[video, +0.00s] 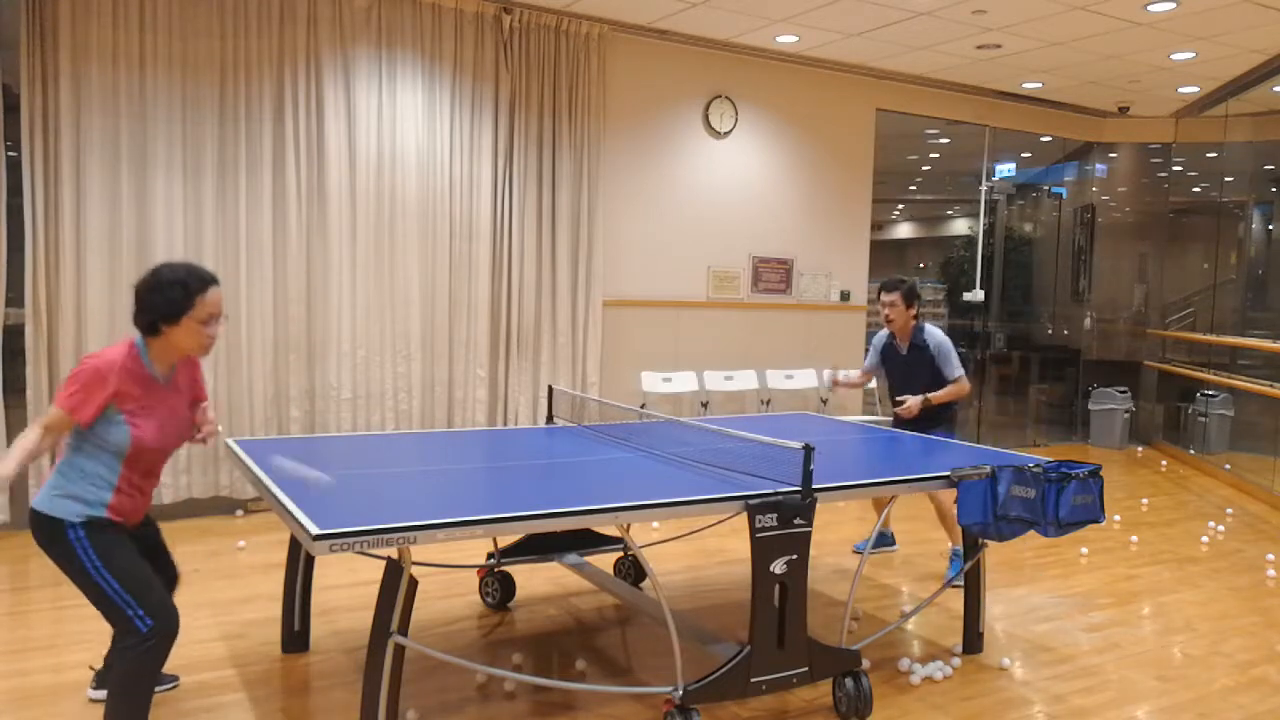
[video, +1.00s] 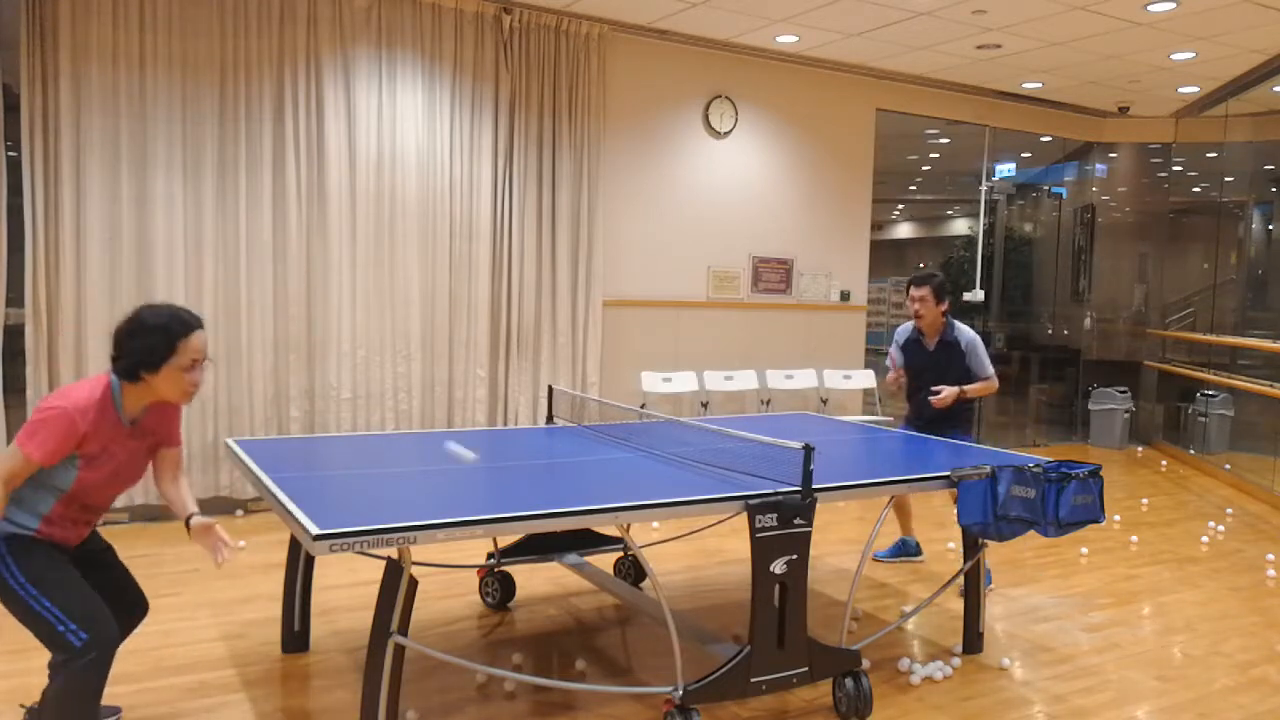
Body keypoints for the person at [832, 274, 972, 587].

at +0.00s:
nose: (885, 312)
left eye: (892, 306)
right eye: (882, 306)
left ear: (912, 310)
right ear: (879, 308)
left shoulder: (936, 340)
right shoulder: (882, 340)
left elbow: (962, 386)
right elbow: (865, 376)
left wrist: (924, 400)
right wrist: (839, 380)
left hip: (937, 427)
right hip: (901, 425)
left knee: (937, 488)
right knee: (876, 473)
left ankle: (959, 551)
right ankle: (884, 532)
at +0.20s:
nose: (899, 306)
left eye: (906, 300)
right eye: (895, 300)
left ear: (925, 303)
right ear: (892, 303)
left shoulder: (949, 333)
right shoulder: (890, 333)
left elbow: (982, 370)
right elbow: (876, 371)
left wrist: (957, 392)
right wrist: (876, 380)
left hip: (948, 424)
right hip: (909, 422)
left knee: (954, 487)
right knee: (887, 473)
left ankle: (972, 550)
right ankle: (884, 531)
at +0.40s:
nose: (925, 320)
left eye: (932, 313)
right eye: (920, 313)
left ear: (950, 308)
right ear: (915, 308)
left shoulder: (976, 331)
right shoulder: (908, 334)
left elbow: (999, 365)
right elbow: (892, 381)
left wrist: (994, 385)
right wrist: (914, 387)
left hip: (967, 423)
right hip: (924, 422)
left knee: (970, 487)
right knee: (899, 469)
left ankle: (972, 560)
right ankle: (890, 529)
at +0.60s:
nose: (940, 312)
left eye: (947, 305)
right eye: (935, 305)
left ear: (964, 304)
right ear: (929, 303)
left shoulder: (985, 328)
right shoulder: (917, 334)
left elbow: (1007, 353)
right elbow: (895, 380)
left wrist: (1012, 371)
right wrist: (917, 408)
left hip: (974, 426)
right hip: (931, 425)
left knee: (974, 490)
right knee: (905, 477)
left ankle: (972, 564)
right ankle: (909, 538)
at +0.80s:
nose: (929, 300)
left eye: (937, 293)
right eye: (926, 293)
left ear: (956, 298)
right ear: (921, 294)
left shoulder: (978, 331)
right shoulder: (908, 329)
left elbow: (999, 362)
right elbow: (893, 373)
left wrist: (988, 381)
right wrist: (908, 384)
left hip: (963, 424)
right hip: (922, 423)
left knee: (962, 489)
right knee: (900, 478)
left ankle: (973, 557)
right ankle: (909, 541)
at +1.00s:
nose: (915, 308)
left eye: (922, 301)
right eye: (911, 301)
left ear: (943, 306)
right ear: (908, 304)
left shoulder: (966, 338)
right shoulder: (903, 334)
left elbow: (991, 383)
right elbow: (895, 377)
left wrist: (959, 392)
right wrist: (895, 379)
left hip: (955, 425)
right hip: (916, 423)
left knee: (959, 489)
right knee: (893, 475)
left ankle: (977, 560)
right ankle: (908, 540)